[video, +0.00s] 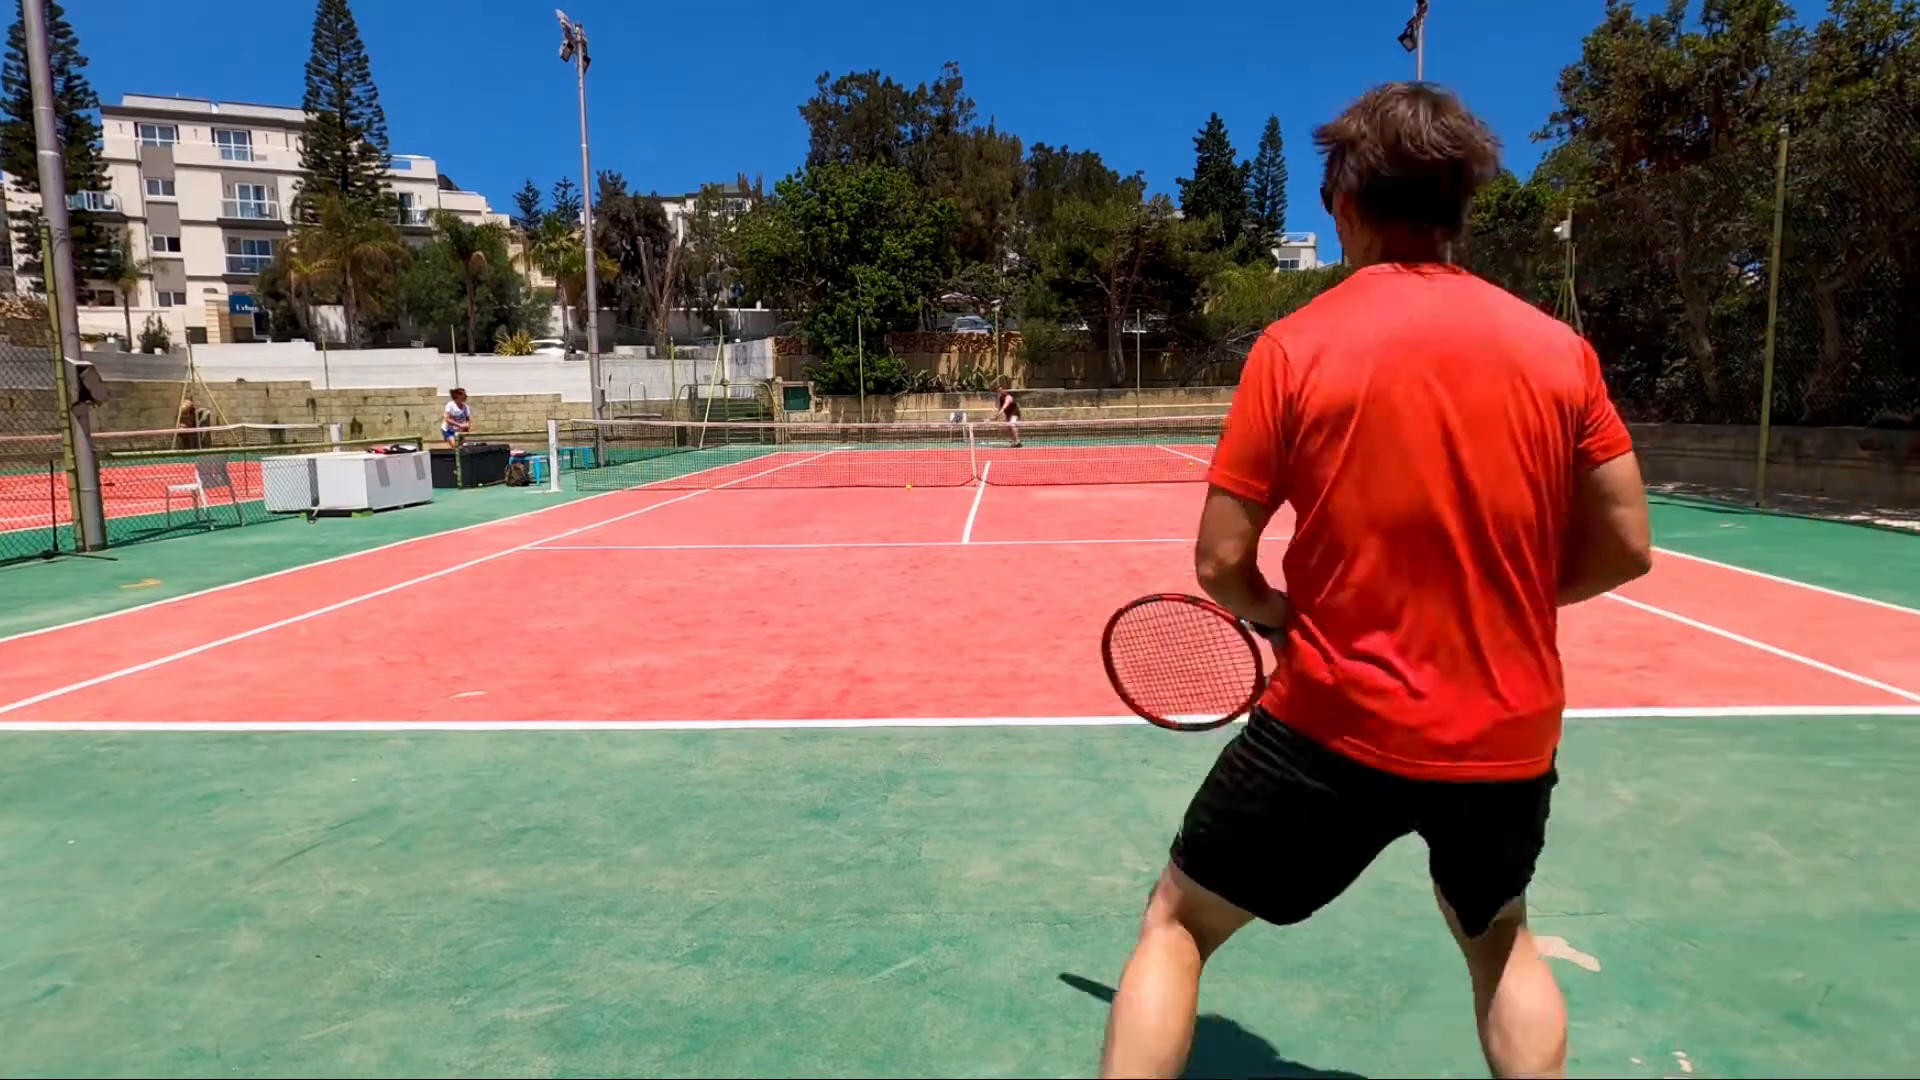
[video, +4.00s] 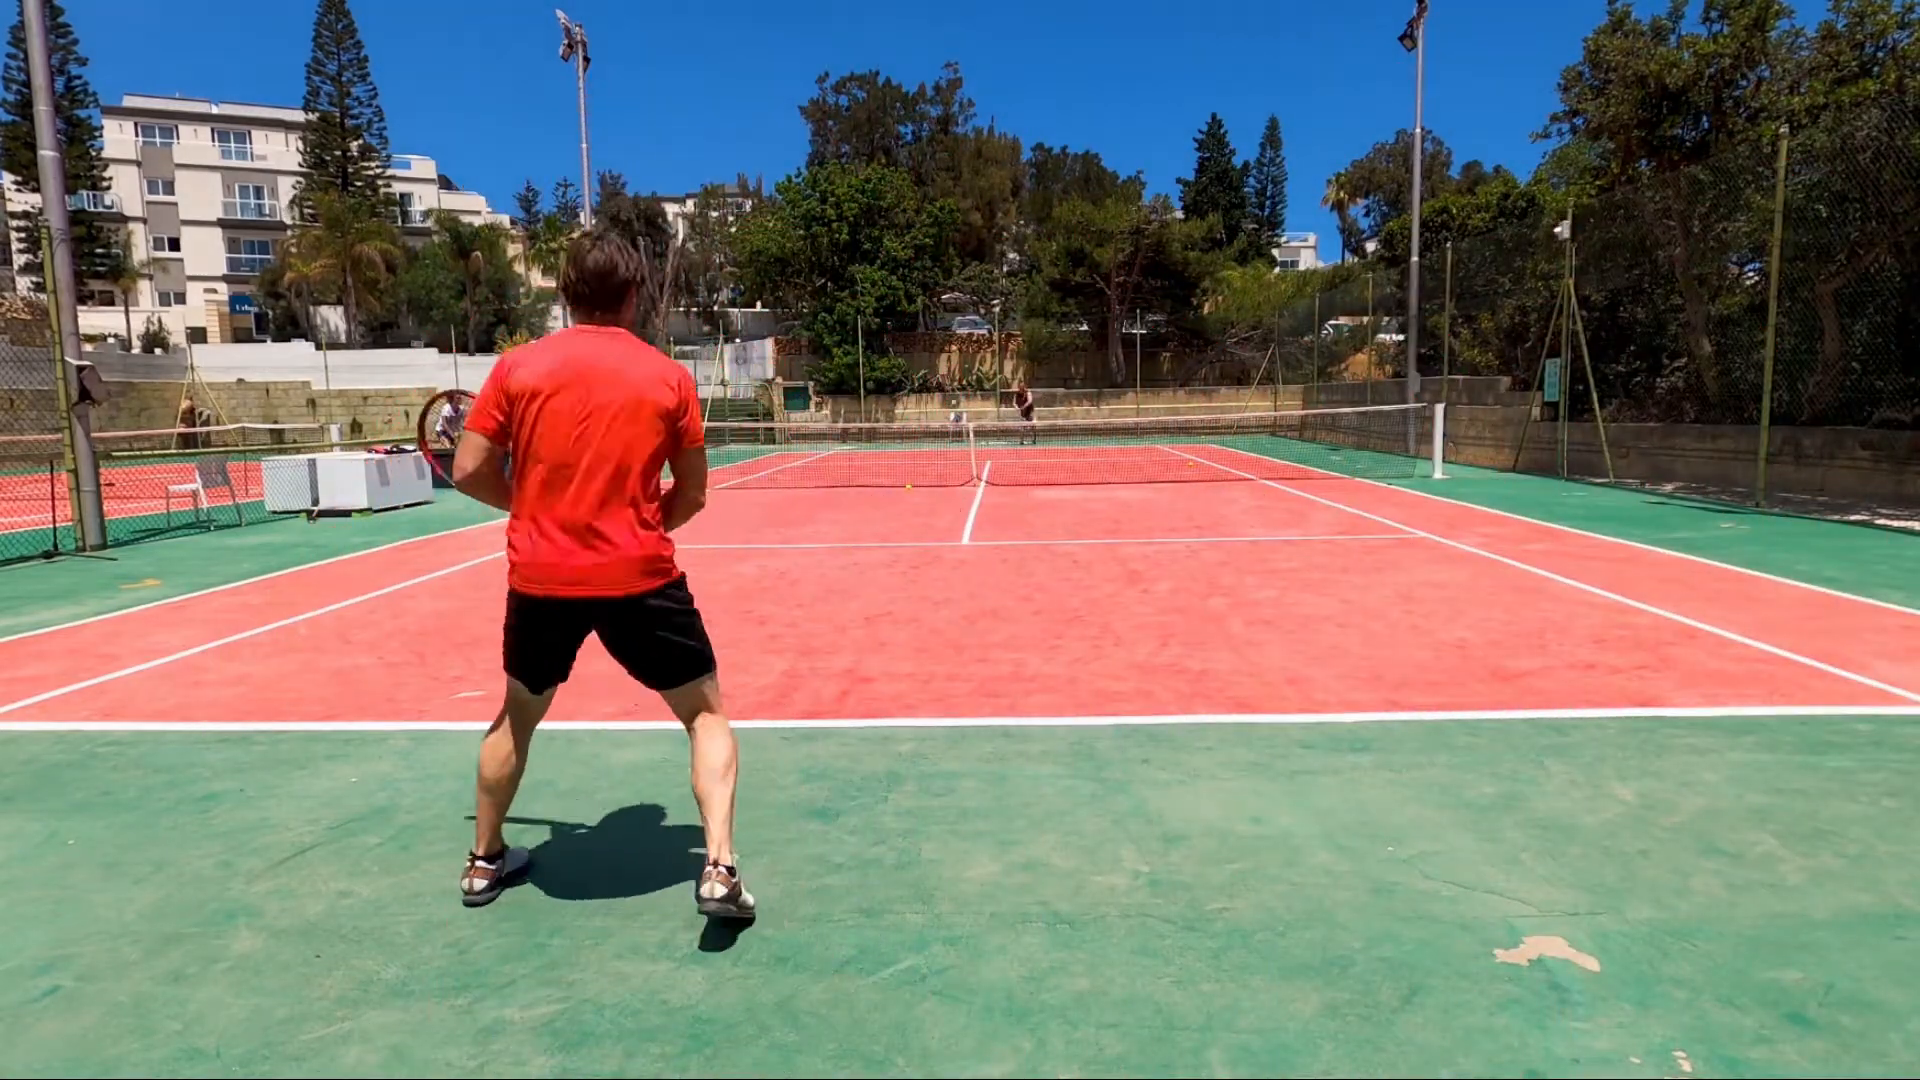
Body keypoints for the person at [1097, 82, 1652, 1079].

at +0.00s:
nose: (1332, 204)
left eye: (1336, 186)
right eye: (1338, 185)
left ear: (1349, 198)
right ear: (1464, 203)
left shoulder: (1297, 347)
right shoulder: (1555, 347)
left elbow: (1222, 561)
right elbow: (1621, 546)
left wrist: (1285, 614)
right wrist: (1497, 590)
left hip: (1336, 729)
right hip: (1505, 739)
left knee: (1182, 924)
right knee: (1501, 934)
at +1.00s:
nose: (755, 240)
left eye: (756, 227)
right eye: (761, 228)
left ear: (768, 232)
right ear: (851, 235)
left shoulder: (776, 323)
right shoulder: (900, 339)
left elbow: (724, 486)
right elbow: (878, 510)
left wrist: (661, 507)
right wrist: (740, 558)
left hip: (837, 648)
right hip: (943, 647)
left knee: (709, 855)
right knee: (859, 819)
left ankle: (755, 1072)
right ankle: (897, 1029)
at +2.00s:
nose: (561, 179)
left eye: (558, 165)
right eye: (564, 165)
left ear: (570, 162)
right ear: (658, 148)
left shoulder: (596, 242)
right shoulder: (729, 239)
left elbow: (630, 384)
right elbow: (750, 396)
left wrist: (585, 551)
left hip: (683, 567)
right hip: (776, 558)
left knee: (717, 825)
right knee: (766, 781)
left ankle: (902, 997)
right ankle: (778, 992)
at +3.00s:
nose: (724, 250)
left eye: (717, 239)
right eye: (724, 239)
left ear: (636, 239)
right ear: (713, 242)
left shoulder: (572, 324)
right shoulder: (747, 336)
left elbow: (500, 451)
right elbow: (792, 485)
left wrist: (569, 509)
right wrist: (727, 538)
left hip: (583, 597)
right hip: (699, 603)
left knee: (555, 765)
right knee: (754, 787)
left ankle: (509, 957)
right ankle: (738, 1010)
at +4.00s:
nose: (637, 299)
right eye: (636, 290)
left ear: (566, 292)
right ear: (634, 294)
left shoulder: (518, 366)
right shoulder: (668, 377)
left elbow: (469, 472)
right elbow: (690, 494)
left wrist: (535, 502)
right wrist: (638, 526)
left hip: (542, 582)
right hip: (639, 579)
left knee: (515, 714)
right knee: (704, 713)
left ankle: (482, 861)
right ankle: (720, 867)